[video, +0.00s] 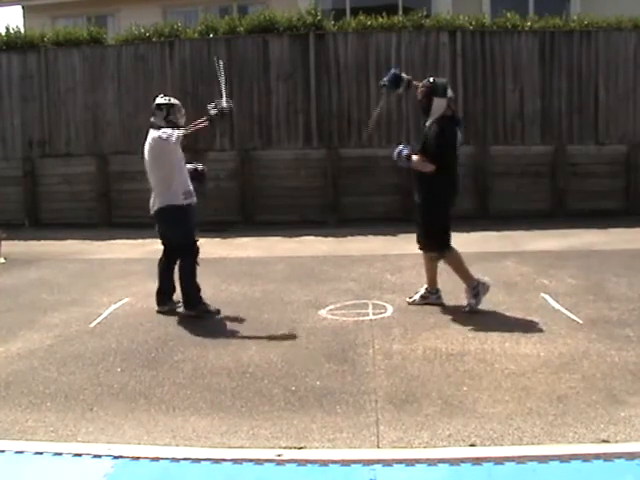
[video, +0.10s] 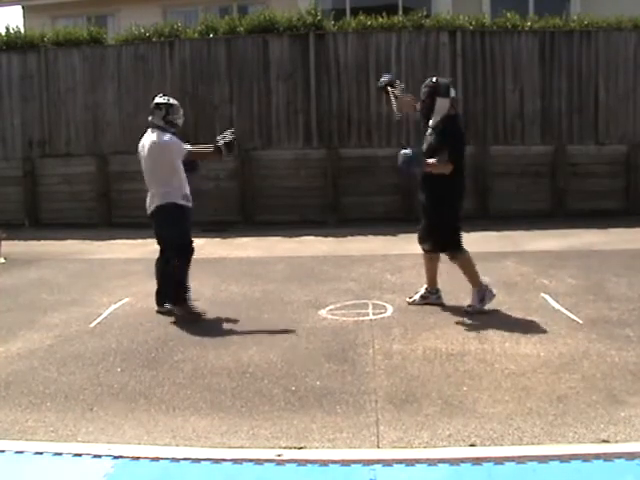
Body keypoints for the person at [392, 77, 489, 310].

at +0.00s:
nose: (419, 100)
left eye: (423, 96)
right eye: (420, 96)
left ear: (433, 100)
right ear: (440, 100)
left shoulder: (439, 127)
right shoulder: (443, 120)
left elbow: (430, 164)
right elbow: (429, 93)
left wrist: (407, 158)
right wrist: (407, 82)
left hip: (436, 194)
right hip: (431, 192)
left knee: (439, 243)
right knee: (428, 241)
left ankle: (474, 285)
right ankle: (431, 289)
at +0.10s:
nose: (422, 103)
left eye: (426, 99)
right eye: (423, 99)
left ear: (438, 102)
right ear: (438, 100)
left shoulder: (450, 126)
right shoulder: (433, 120)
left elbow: (448, 165)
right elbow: (408, 107)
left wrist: (419, 164)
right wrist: (392, 91)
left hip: (445, 196)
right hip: (434, 194)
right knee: (433, 242)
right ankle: (431, 290)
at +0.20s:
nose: (427, 101)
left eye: (431, 96)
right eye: (427, 96)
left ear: (443, 100)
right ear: (441, 100)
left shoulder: (455, 125)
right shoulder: (437, 123)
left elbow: (454, 164)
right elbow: (411, 122)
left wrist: (424, 159)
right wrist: (388, 110)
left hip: (451, 198)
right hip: (438, 196)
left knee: (459, 247)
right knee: (432, 243)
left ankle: (483, 293)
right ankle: (431, 290)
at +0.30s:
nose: (433, 103)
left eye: (438, 98)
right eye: (433, 98)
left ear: (451, 100)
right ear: (444, 100)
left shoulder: (465, 125)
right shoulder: (442, 125)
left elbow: (459, 160)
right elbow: (419, 148)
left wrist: (432, 148)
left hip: (465, 199)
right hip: (447, 198)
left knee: (474, 247)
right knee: (439, 243)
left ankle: (486, 295)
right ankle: (433, 290)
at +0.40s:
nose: (437, 101)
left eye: (441, 97)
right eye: (436, 96)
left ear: (456, 99)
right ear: (440, 100)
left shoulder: (469, 125)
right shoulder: (446, 124)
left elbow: (461, 156)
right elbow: (431, 151)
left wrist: (435, 140)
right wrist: (411, 167)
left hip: (473, 198)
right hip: (452, 197)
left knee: (479, 246)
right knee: (442, 241)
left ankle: (486, 295)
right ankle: (435, 289)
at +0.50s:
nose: (438, 101)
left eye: (443, 96)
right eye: (438, 96)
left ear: (456, 99)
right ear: (448, 100)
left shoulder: (472, 125)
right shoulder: (448, 126)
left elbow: (467, 155)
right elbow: (437, 159)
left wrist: (440, 143)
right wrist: (422, 183)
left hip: (474, 198)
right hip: (453, 197)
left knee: (479, 247)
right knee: (444, 242)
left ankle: (486, 295)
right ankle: (438, 290)